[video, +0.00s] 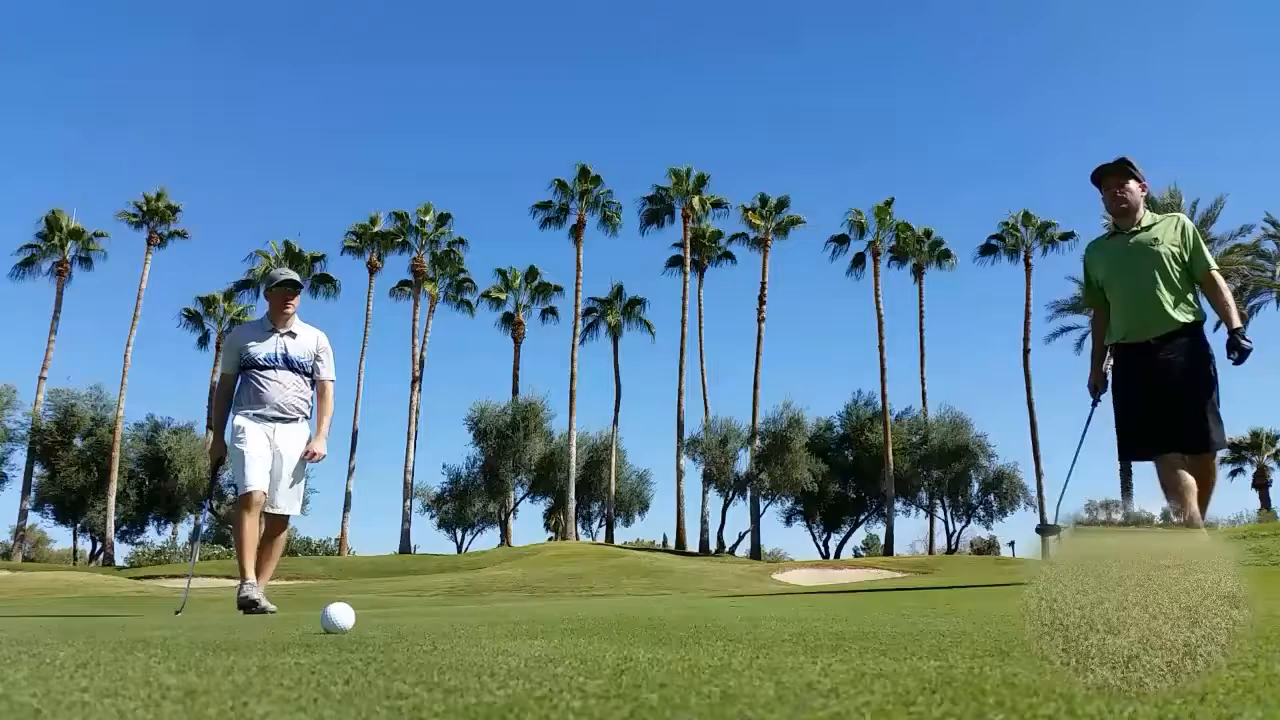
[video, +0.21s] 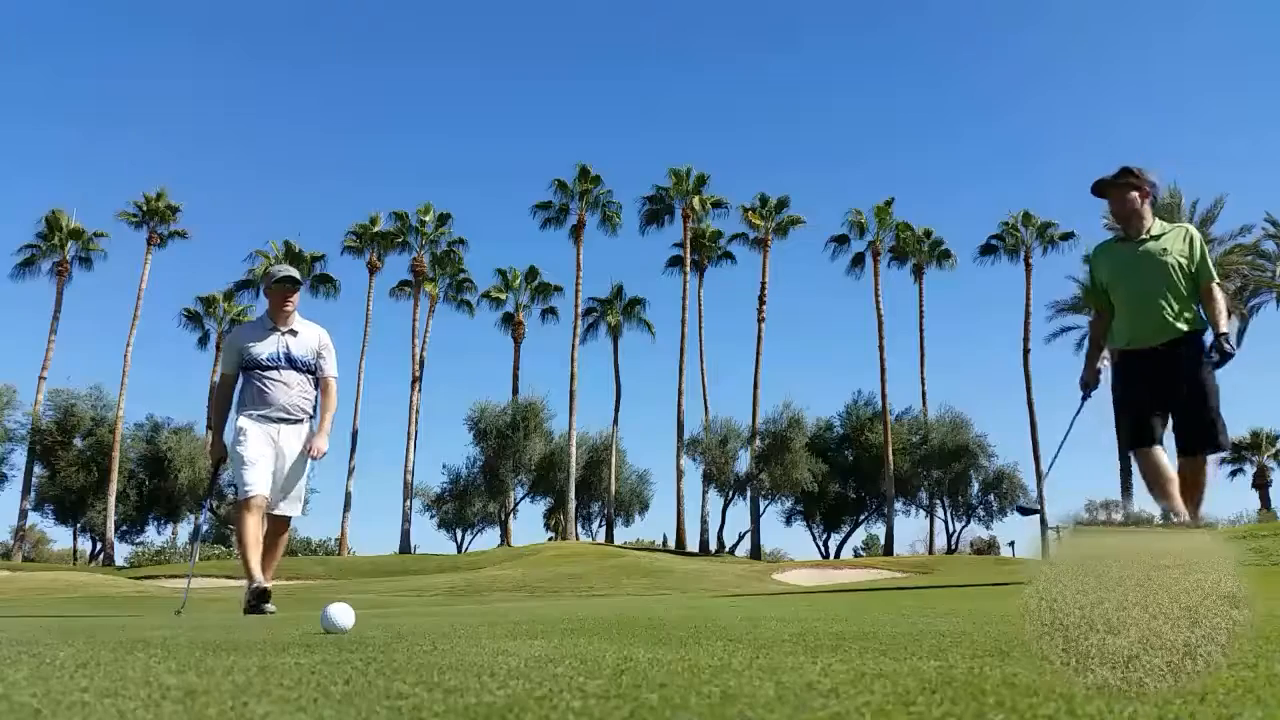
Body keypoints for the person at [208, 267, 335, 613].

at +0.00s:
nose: (289, 296)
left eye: (294, 291)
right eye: (282, 291)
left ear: (301, 297)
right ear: (267, 295)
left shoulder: (316, 340)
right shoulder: (240, 336)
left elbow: (325, 392)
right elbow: (224, 388)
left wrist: (321, 436)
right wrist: (217, 435)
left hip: (293, 428)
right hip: (249, 424)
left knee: (280, 512)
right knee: (253, 495)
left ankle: (258, 590)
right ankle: (247, 583)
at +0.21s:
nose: (287, 293)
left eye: (292, 287)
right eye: (280, 287)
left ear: (300, 293)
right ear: (266, 292)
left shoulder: (317, 336)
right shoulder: (241, 335)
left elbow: (328, 387)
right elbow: (224, 387)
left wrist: (323, 432)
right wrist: (216, 435)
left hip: (297, 429)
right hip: (252, 426)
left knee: (282, 515)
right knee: (254, 498)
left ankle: (258, 592)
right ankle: (256, 581)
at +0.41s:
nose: (285, 284)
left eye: (291, 278)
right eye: (277, 278)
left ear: (300, 285)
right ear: (264, 284)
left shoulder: (320, 328)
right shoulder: (242, 326)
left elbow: (334, 379)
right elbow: (224, 381)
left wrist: (332, 426)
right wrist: (215, 431)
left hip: (302, 424)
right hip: (255, 419)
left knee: (286, 514)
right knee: (256, 498)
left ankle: (260, 586)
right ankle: (257, 587)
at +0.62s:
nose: (288, 268)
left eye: (294, 263)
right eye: (280, 263)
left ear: (302, 270)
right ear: (266, 269)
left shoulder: (324, 314)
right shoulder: (243, 315)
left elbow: (341, 366)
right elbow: (223, 370)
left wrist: (343, 414)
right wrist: (208, 419)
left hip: (309, 414)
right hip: (258, 412)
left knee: (311, 503)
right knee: (252, 500)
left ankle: (280, 560)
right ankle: (256, 586)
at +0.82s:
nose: (300, 259)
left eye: (307, 253)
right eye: (293, 252)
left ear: (315, 260)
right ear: (277, 257)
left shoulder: (333, 307)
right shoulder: (248, 303)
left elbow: (349, 361)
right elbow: (226, 355)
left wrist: (353, 407)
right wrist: (206, 399)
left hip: (317, 408)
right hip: (264, 407)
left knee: (320, 484)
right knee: (252, 499)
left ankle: (308, 579)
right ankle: (256, 586)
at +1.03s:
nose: (320, 253)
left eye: (327, 247)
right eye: (312, 246)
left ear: (335, 254)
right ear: (296, 251)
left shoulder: (352, 304)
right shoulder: (268, 295)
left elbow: (362, 363)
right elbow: (244, 345)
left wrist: (365, 420)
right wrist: (231, 382)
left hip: (331, 406)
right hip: (275, 405)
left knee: (326, 491)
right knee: (260, 499)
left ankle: (314, 584)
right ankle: (258, 583)